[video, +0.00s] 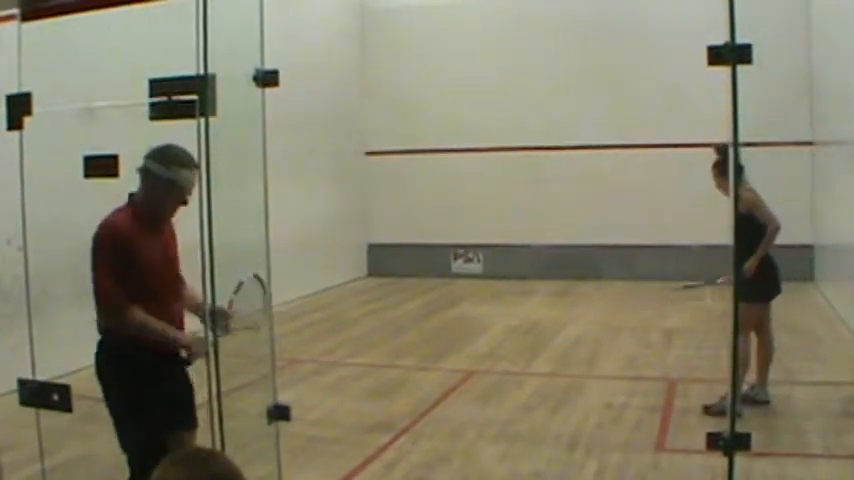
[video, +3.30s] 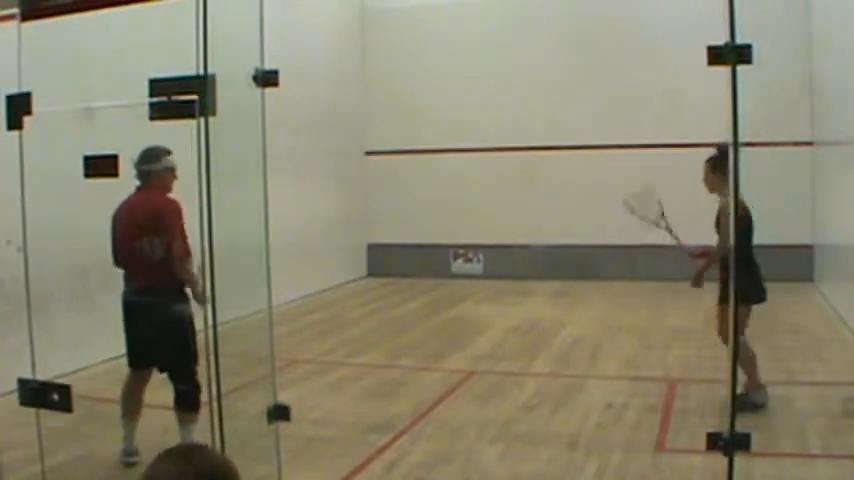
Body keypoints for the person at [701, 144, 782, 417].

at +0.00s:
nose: (717, 186)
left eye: (717, 180)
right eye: (716, 181)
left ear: (725, 177)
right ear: (729, 175)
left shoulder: (746, 196)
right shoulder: (742, 197)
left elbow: (773, 225)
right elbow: (749, 240)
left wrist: (754, 260)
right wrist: (735, 271)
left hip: (754, 276)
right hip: (756, 274)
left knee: (741, 334)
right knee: (763, 332)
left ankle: (733, 395)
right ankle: (760, 388)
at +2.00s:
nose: (720, 184)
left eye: (721, 178)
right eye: (720, 178)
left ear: (729, 176)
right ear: (738, 173)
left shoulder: (749, 198)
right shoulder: (743, 198)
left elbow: (772, 228)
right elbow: (753, 235)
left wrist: (752, 262)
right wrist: (740, 262)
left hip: (753, 277)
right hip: (757, 275)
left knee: (739, 333)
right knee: (763, 331)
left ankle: (733, 395)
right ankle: (760, 388)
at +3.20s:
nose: (710, 181)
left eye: (712, 175)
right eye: (710, 175)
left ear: (722, 175)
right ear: (726, 174)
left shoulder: (738, 204)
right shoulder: (735, 203)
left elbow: (738, 244)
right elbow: (735, 244)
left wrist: (719, 267)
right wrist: (720, 266)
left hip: (746, 277)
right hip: (745, 276)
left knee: (739, 333)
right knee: (746, 332)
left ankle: (756, 389)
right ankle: (756, 387)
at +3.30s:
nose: (704, 182)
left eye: (707, 176)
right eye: (705, 176)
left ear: (719, 176)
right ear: (721, 176)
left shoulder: (731, 210)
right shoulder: (730, 208)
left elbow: (728, 250)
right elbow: (728, 247)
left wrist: (702, 272)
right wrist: (705, 253)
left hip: (741, 279)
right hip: (734, 277)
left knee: (732, 333)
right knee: (727, 332)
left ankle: (755, 388)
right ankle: (754, 385)